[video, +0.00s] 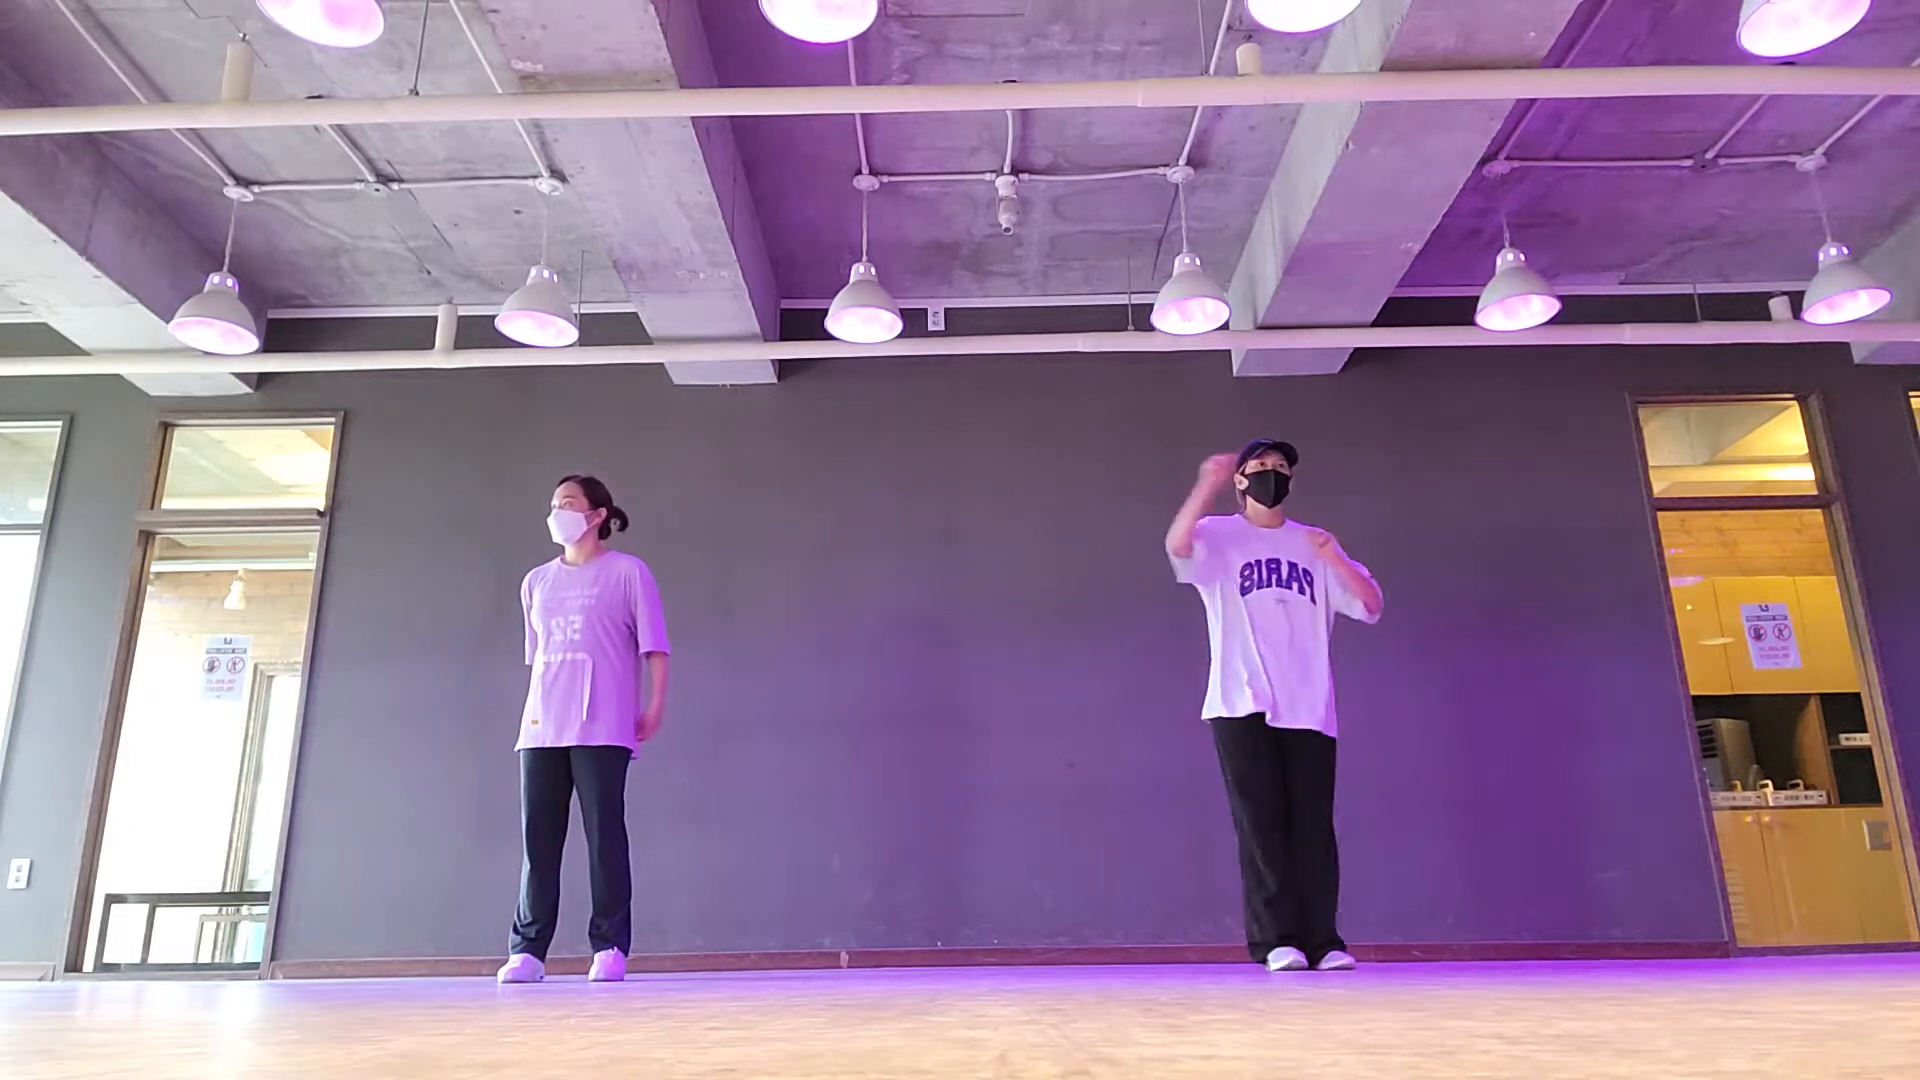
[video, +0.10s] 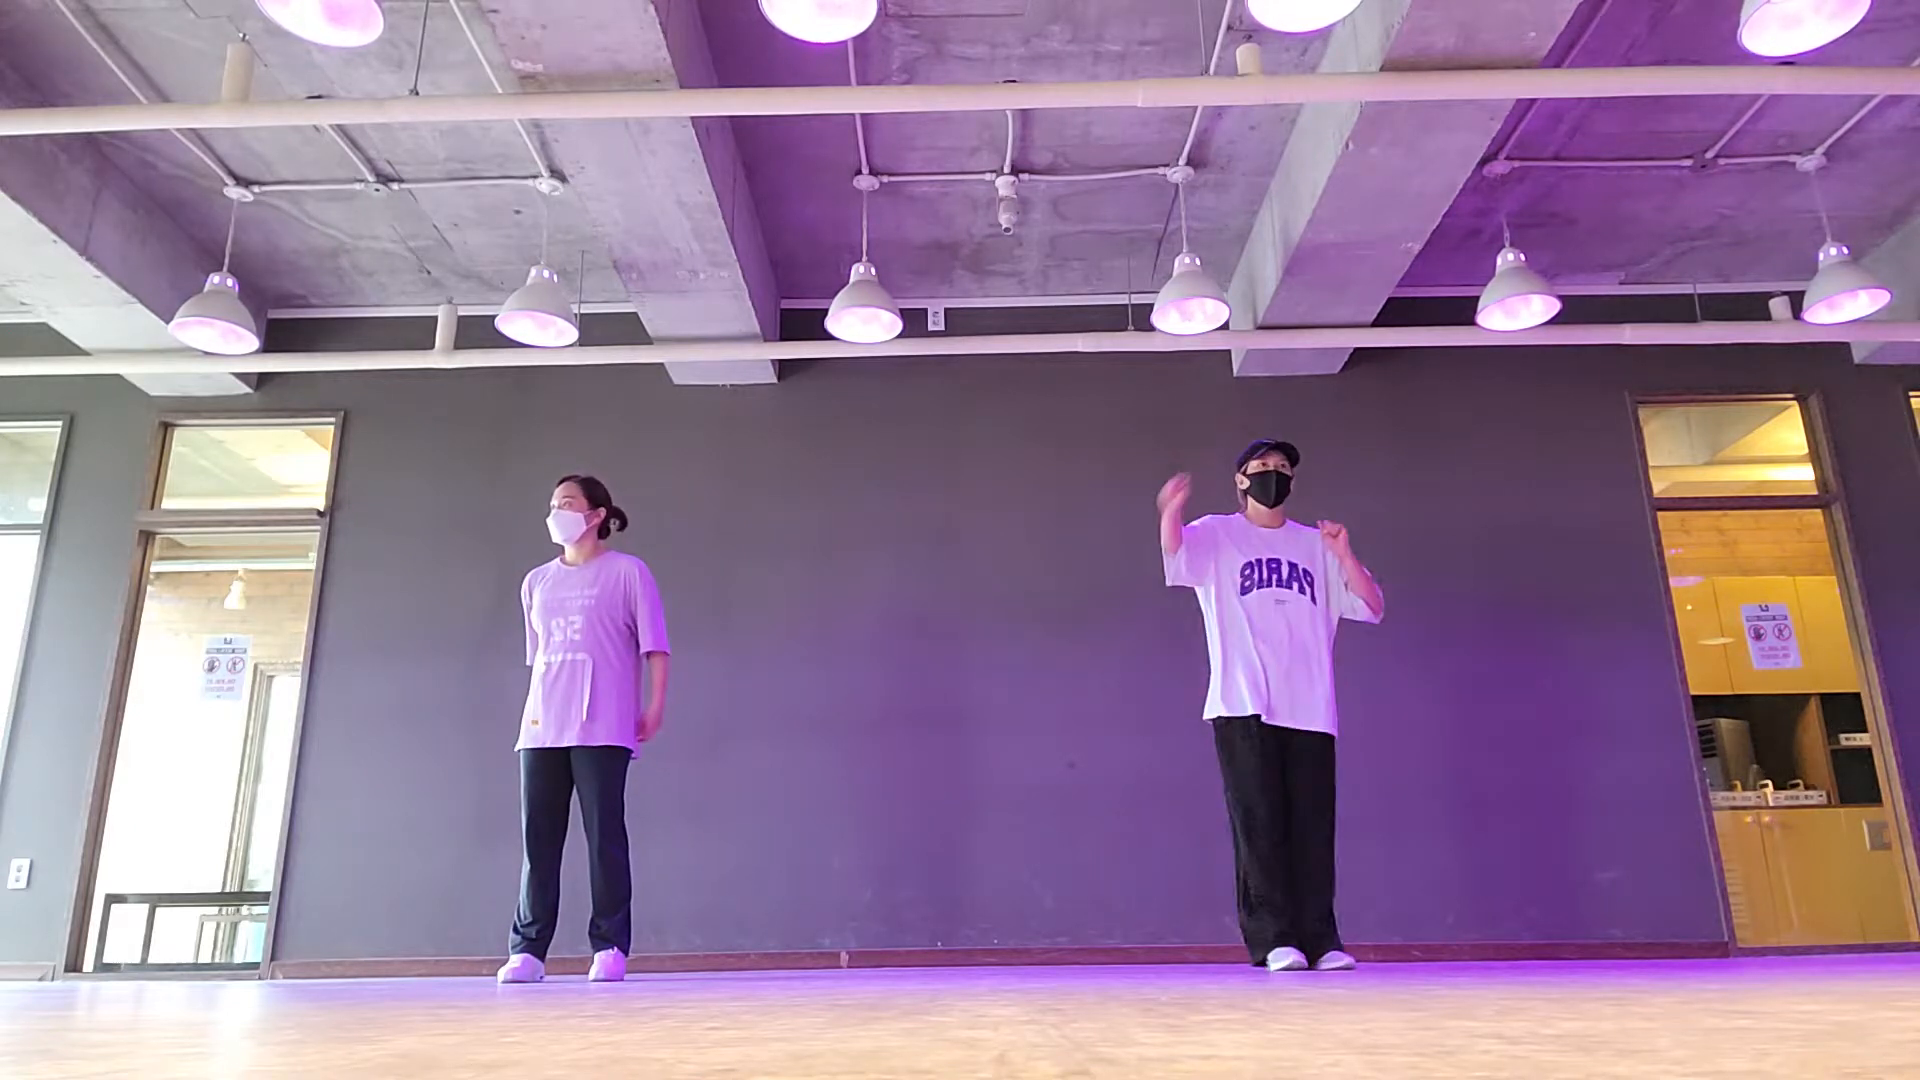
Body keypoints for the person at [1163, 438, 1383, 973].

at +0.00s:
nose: (1270, 478)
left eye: (1279, 472)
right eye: (1259, 471)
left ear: (1291, 482)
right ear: (1240, 482)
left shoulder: (1315, 544)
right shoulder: (1219, 536)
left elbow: (1371, 606)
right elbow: (1178, 546)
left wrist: (1335, 556)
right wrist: (1207, 486)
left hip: (1308, 704)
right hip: (1242, 703)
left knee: (1314, 824)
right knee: (1262, 825)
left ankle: (1323, 942)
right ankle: (1276, 945)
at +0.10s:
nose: (1271, 479)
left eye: (1280, 472)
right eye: (1261, 471)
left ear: (1292, 483)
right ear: (1241, 482)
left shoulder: (1318, 545)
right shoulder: (1218, 532)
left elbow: (1372, 609)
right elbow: (1175, 556)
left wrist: (1345, 554)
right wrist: (1170, 514)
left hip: (1310, 705)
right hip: (1244, 703)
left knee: (1314, 825)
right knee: (1261, 827)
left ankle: (1321, 942)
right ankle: (1272, 944)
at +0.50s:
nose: (1254, 479)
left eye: (1263, 471)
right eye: (1243, 473)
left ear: (1277, 482)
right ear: (1226, 486)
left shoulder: (1318, 536)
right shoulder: (1210, 543)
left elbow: (1389, 552)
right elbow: (1196, 618)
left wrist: (1377, 486)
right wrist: (1220, 650)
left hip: (1317, 706)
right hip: (1248, 710)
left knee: (1324, 826)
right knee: (1265, 830)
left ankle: (1329, 944)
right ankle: (1280, 946)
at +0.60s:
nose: (1248, 473)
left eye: (1257, 468)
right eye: (1238, 470)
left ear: (1271, 483)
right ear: (1222, 489)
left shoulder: (1320, 529)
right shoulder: (1208, 545)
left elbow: (1393, 515)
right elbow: (1183, 623)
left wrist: (1405, 458)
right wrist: (1227, 635)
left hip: (1315, 705)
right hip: (1246, 712)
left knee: (1316, 826)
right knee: (1260, 831)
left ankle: (1324, 943)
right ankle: (1276, 944)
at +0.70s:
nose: (1238, 476)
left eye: (1247, 468)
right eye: (1227, 474)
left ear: (1265, 479)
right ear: (1216, 495)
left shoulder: (1316, 524)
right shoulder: (1207, 552)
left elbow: (1384, 503)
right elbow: (1182, 627)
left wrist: (1434, 464)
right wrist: (1233, 621)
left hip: (1313, 705)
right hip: (1244, 714)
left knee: (1314, 826)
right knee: (1257, 831)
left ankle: (1323, 944)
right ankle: (1273, 944)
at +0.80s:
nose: (1233, 478)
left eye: (1242, 470)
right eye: (1222, 474)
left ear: (1260, 482)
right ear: (1211, 494)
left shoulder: (1304, 527)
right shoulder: (1205, 554)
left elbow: (1369, 524)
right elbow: (1186, 630)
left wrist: (1436, 517)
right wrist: (1242, 609)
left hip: (1313, 703)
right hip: (1245, 713)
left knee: (1318, 823)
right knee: (1261, 826)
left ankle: (1324, 942)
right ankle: (1276, 943)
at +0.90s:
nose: (1231, 489)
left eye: (1239, 479)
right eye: (1219, 485)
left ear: (1257, 486)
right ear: (1209, 499)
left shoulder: (1303, 532)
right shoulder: (1204, 556)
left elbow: (1348, 577)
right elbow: (1199, 636)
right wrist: (1254, 604)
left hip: (1316, 705)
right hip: (1247, 713)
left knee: (1322, 822)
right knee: (1264, 825)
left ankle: (1327, 944)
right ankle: (1277, 943)